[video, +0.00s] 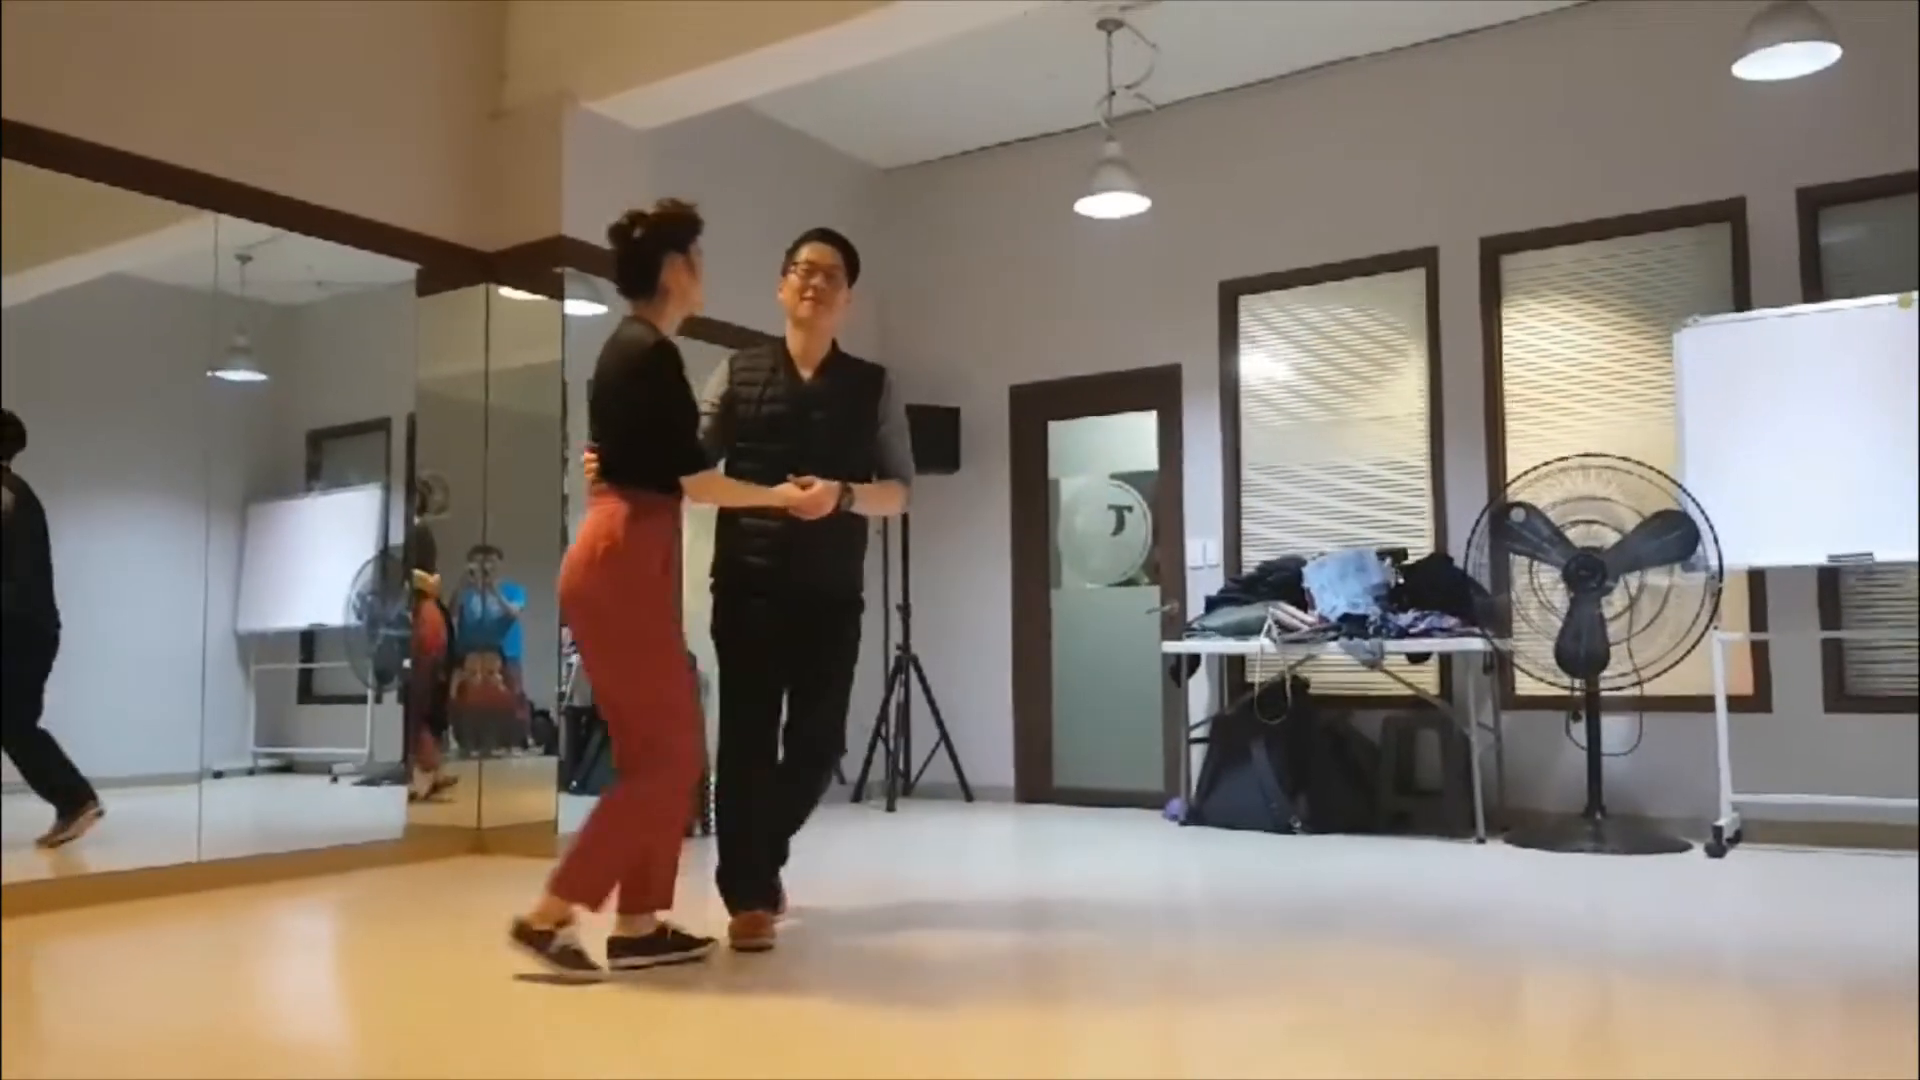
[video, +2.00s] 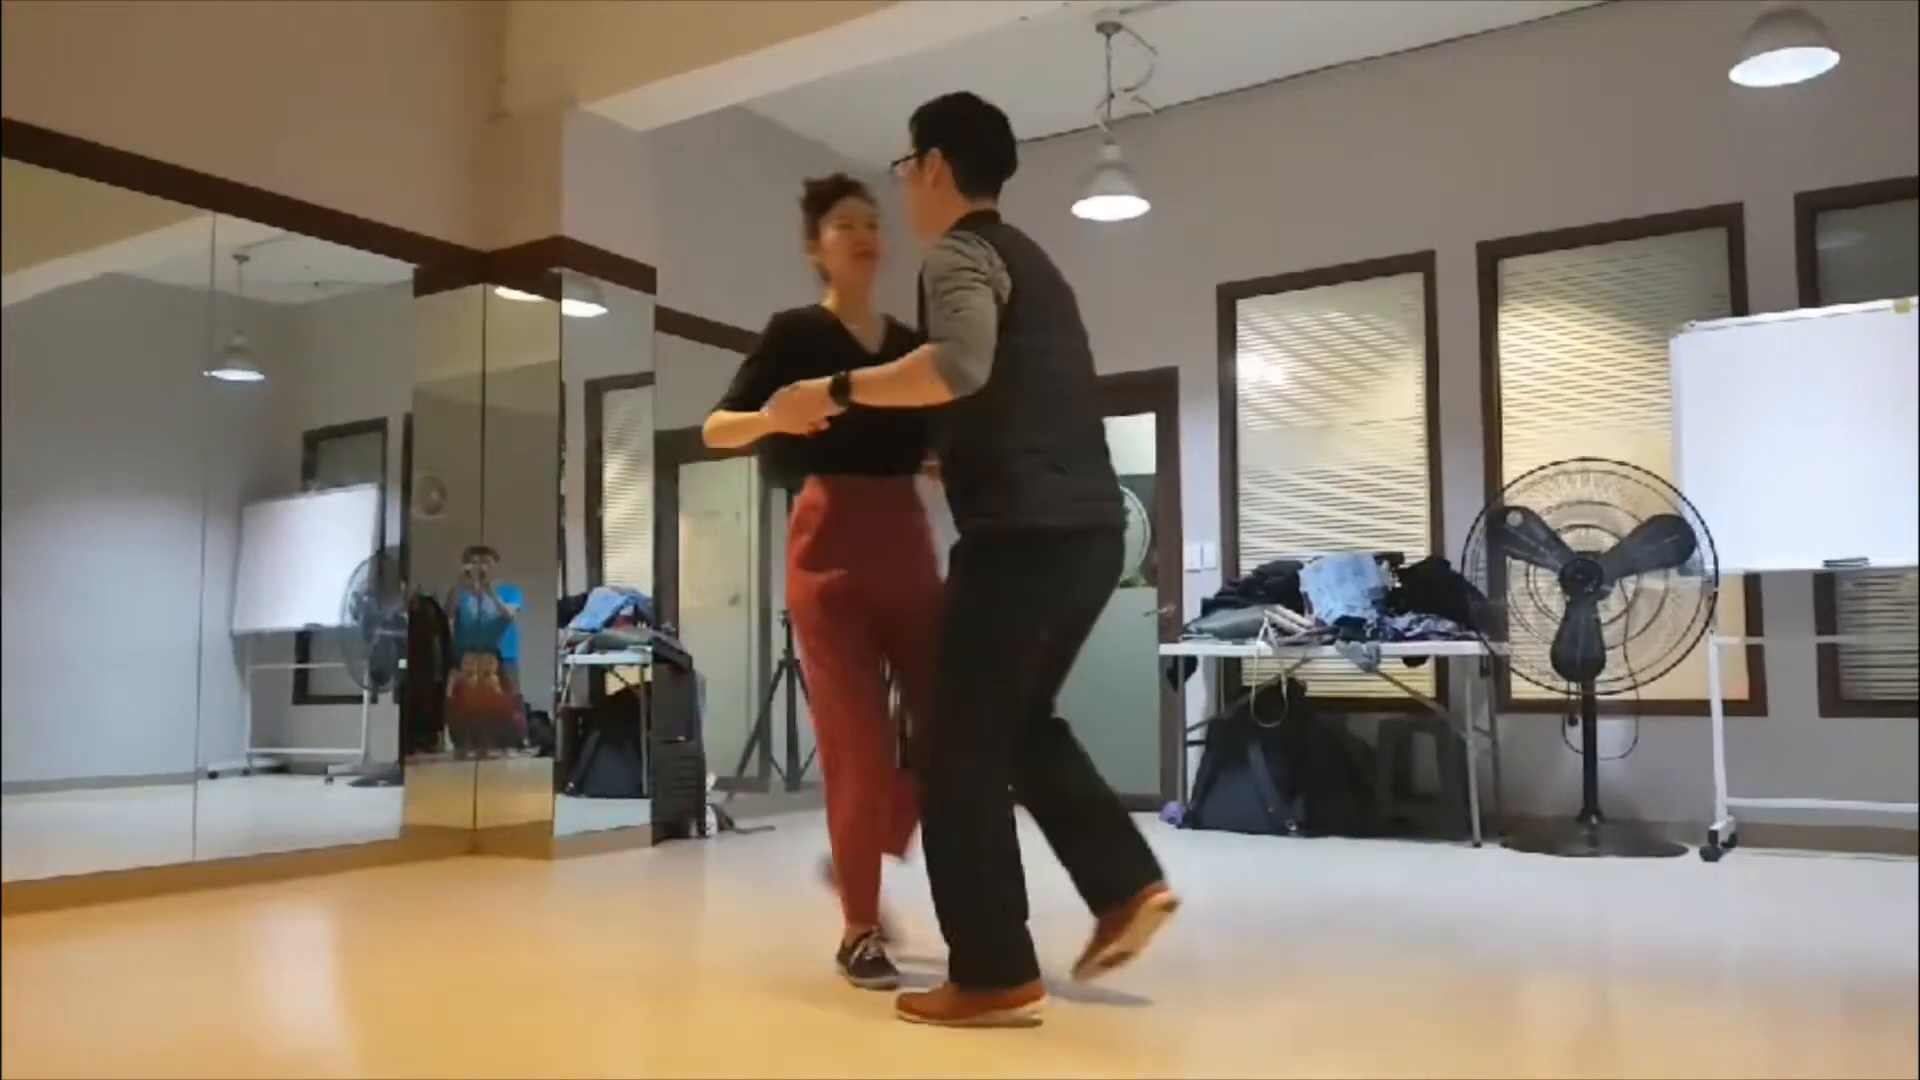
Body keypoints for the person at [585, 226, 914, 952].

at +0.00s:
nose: (811, 283)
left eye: (827, 275)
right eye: (801, 271)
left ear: (848, 297)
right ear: (781, 287)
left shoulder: (871, 386)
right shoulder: (741, 371)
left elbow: (898, 493)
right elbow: (689, 461)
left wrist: (842, 495)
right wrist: (612, 462)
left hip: (830, 595)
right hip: (748, 588)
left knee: (819, 745)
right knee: (746, 743)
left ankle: (763, 859)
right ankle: (748, 903)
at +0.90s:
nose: (745, 278)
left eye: (762, 265)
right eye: (742, 267)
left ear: (811, 277)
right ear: (746, 282)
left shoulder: (867, 369)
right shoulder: (741, 370)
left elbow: (912, 477)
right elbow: (712, 467)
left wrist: (832, 479)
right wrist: (625, 473)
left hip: (850, 587)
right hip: (766, 586)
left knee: (851, 743)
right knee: (749, 747)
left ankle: (875, 911)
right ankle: (748, 910)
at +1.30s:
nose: (807, 253)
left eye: (821, 238)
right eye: (807, 241)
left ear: (874, 243)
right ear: (840, 252)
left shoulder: (944, 331)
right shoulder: (835, 359)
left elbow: (1011, 437)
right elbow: (769, 452)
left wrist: (902, 457)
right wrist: (687, 474)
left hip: (960, 574)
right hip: (886, 574)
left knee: (925, 741)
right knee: (840, 730)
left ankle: (928, 936)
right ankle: (874, 897)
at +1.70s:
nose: (860, 242)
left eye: (873, 225)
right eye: (863, 227)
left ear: (921, 234)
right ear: (909, 238)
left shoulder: (988, 322)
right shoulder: (905, 358)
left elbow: (1059, 431)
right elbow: (841, 458)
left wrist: (939, 460)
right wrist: (763, 478)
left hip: (1016, 582)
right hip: (970, 585)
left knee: (918, 747)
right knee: (931, 745)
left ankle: (998, 964)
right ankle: (968, 927)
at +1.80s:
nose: (864, 218)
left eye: (874, 200)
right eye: (868, 203)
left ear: (915, 206)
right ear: (920, 210)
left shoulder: (970, 290)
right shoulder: (937, 308)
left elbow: (1033, 400)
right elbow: (952, 420)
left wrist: (908, 432)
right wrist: (881, 453)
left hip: (1021, 565)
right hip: (990, 565)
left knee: (941, 744)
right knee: (942, 738)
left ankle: (1002, 970)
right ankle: (977, 915)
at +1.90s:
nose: (886, 194)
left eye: (891, 177)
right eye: (889, 178)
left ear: (923, 176)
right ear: (969, 182)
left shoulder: (956, 259)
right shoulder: (1007, 266)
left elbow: (980, 363)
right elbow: (1009, 406)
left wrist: (851, 397)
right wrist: (907, 460)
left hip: (1019, 538)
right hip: (1066, 531)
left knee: (956, 740)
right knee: (1001, 719)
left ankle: (995, 970)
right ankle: (1086, 895)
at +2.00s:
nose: (903, 184)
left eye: (908, 167)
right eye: (906, 168)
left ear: (938, 167)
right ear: (991, 173)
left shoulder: (962, 252)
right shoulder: (1031, 260)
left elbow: (961, 366)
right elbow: (1038, 398)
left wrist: (839, 389)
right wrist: (944, 455)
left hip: (1023, 533)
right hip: (1087, 526)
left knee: (961, 743)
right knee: (1017, 720)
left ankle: (993, 974)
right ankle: (1128, 887)